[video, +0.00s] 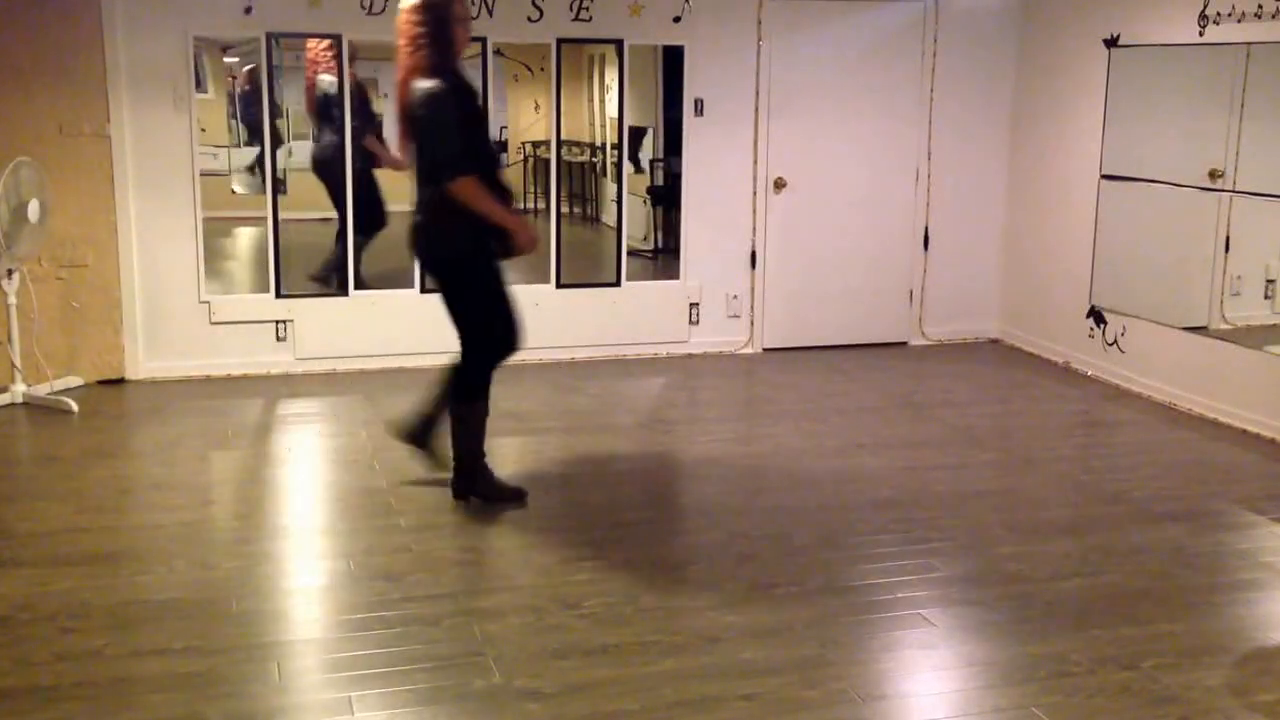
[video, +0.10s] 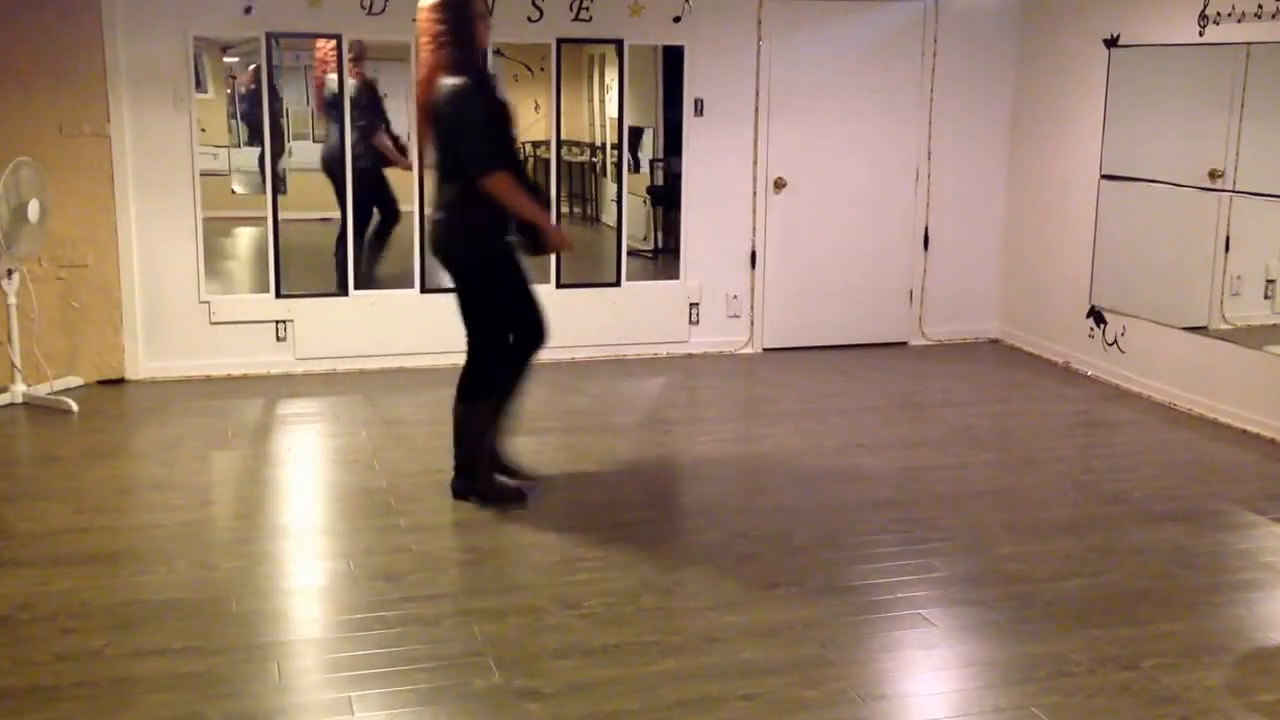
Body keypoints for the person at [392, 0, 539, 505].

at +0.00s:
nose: (469, 29)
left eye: (466, 20)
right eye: (462, 21)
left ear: (431, 31)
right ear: (442, 29)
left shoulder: (443, 85)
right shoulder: (434, 92)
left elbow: (461, 166)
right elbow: (455, 175)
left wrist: (506, 214)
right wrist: (510, 220)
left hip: (457, 234)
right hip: (450, 237)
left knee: (494, 337)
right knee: (485, 342)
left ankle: (422, 422)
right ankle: (470, 472)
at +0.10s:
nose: (489, 29)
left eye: (485, 19)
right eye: (483, 19)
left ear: (444, 30)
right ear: (470, 26)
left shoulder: (452, 86)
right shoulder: (464, 90)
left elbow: (481, 165)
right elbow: (488, 170)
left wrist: (528, 215)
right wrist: (543, 221)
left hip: (467, 230)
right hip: (473, 233)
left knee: (499, 340)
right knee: (519, 332)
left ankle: (478, 453)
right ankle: (474, 469)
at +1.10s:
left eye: (638, 28)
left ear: (632, 36)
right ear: (685, 35)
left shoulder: (612, 91)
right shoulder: (705, 92)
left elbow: (598, 162)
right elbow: (729, 167)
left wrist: (637, 155)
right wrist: (693, 138)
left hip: (626, 242)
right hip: (689, 245)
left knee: (631, 346)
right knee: (690, 353)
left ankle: (621, 468)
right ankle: (697, 480)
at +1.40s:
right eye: (702, 29)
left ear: (656, 37)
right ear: (709, 39)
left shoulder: (638, 95)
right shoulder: (727, 94)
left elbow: (611, 169)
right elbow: (735, 169)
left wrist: (650, 158)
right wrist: (695, 155)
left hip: (651, 246)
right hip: (715, 247)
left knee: (642, 358)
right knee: (711, 359)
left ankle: (638, 474)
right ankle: (699, 482)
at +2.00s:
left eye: (617, 32)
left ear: (618, 38)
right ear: (670, 36)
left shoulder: (604, 98)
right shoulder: (690, 93)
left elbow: (591, 182)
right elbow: (708, 171)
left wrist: (590, 205)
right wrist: (674, 202)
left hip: (615, 249)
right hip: (678, 248)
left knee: (601, 364)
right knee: (689, 360)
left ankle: (582, 490)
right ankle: (698, 484)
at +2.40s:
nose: (564, 36)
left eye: (569, 28)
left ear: (574, 37)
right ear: (627, 36)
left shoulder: (555, 94)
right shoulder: (650, 93)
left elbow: (532, 179)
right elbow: (666, 173)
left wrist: (545, 229)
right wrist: (644, 221)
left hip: (570, 248)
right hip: (633, 248)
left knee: (575, 363)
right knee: (632, 354)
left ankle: (579, 491)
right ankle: (656, 478)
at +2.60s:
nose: (560, 33)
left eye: (564, 26)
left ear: (565, 36)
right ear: (619, 35)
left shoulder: (545, 96)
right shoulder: (642, 94)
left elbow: (523, 179)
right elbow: (661, 174)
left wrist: (537, 228)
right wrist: (641, 220)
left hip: (560, 247)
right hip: (624, 246)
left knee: (569, 361)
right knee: (614, 356)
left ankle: (579, 492)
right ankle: (628, 481)